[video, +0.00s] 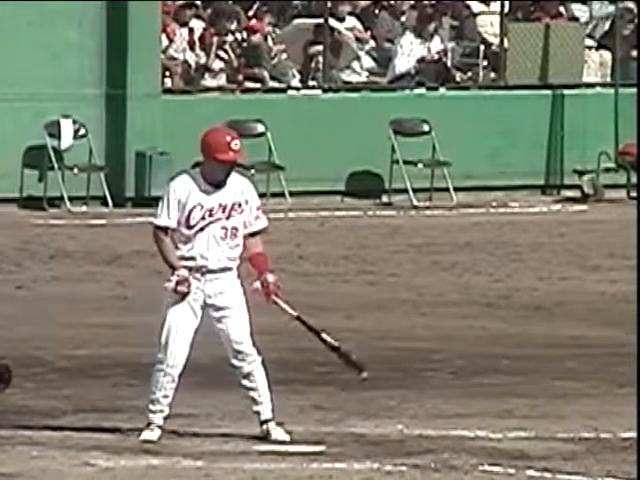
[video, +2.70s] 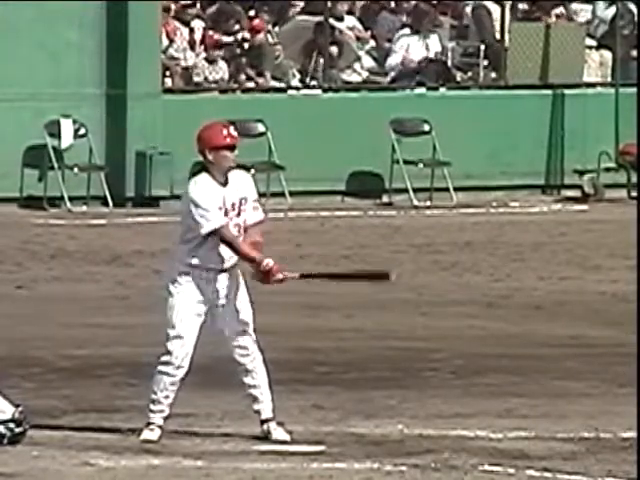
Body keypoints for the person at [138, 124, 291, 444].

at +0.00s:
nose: (230, 168)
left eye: (232, 163)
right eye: (225, 163)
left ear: (233, 160)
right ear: (209, 160)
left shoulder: (242, 187)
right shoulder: (180, 187)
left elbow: (253, 237)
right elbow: (161, 232)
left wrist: (264, 272)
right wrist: (178, 267)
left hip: (227, 279)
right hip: (188, 279)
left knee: (243, 351)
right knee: (171, 355)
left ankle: (268, 421)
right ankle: (155, 421)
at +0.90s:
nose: (218, 152)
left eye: (219, 146)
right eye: (211, 147)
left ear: (218, 149)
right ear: (193, 151)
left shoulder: (229, 184)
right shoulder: (167, 185)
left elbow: (232, 236)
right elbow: (147, 228)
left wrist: (221, 273)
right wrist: (161, 268)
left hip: (218, 277)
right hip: (178, 279)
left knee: (239, 350)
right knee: (167, 357)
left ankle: (267, 419)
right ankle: (154, 421)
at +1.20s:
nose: (222, 150)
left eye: (223, 145)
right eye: (215, 146)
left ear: (222, 147)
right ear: (196, 149)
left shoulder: (233, 183)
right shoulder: (169, 182)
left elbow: (227, 232)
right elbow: (154, 224)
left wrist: (193, 253)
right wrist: (162, 244)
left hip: (221, 277)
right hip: (184, 280)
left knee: (241, 351)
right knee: (169, 357)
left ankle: (267, 421)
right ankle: (154, 421)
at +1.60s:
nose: (225, 150)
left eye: (225, 144)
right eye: (218, 145)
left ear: (223, 147)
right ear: (199, 148)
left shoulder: (235, 180)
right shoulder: (175, 183)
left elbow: (248, 225)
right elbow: (162, 233)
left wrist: (221, 217)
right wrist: (187, 212)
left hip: (224, 276)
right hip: (186, 277)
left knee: (243, 351)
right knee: (173, 356)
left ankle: (268, 421)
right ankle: (155, 421)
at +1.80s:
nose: (231, 151)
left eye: (231, 145)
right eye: (224, 146)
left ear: (227, 149)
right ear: (206, 151)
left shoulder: (236, 177)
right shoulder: (188, 186)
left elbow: (259, 220)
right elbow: (194, 234)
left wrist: (249, 213)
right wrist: (220, 217)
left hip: (228, 277)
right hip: (192, 279)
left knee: (245, 350)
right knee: (178, 354)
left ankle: (268, 421)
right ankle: (156, 421)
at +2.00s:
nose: (238, 155)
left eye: (239, 148)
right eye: (232, 149)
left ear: (230, 152)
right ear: (214, 153)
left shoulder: (237, 178)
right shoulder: (204, 189)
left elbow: (251, 210)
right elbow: (231, 240)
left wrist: (276, 213)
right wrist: (265, 221)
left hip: (229, 276)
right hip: (197, 279)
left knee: (247, 350)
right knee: (184, 355)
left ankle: (268, 420)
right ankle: (156, 422)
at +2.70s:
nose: (233, 154)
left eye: (233, 148)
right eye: (226, 149)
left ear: (232, 151)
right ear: (208, 155)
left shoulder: (242, 179)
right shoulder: (198, 189)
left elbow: (256, 224)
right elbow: (224, 235)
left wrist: (249, 251)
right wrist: (262, 263)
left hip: (229, 276)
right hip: (192, 278)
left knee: (246, 349)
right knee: (177, 352)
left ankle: (268, 421)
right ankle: (154, 421)